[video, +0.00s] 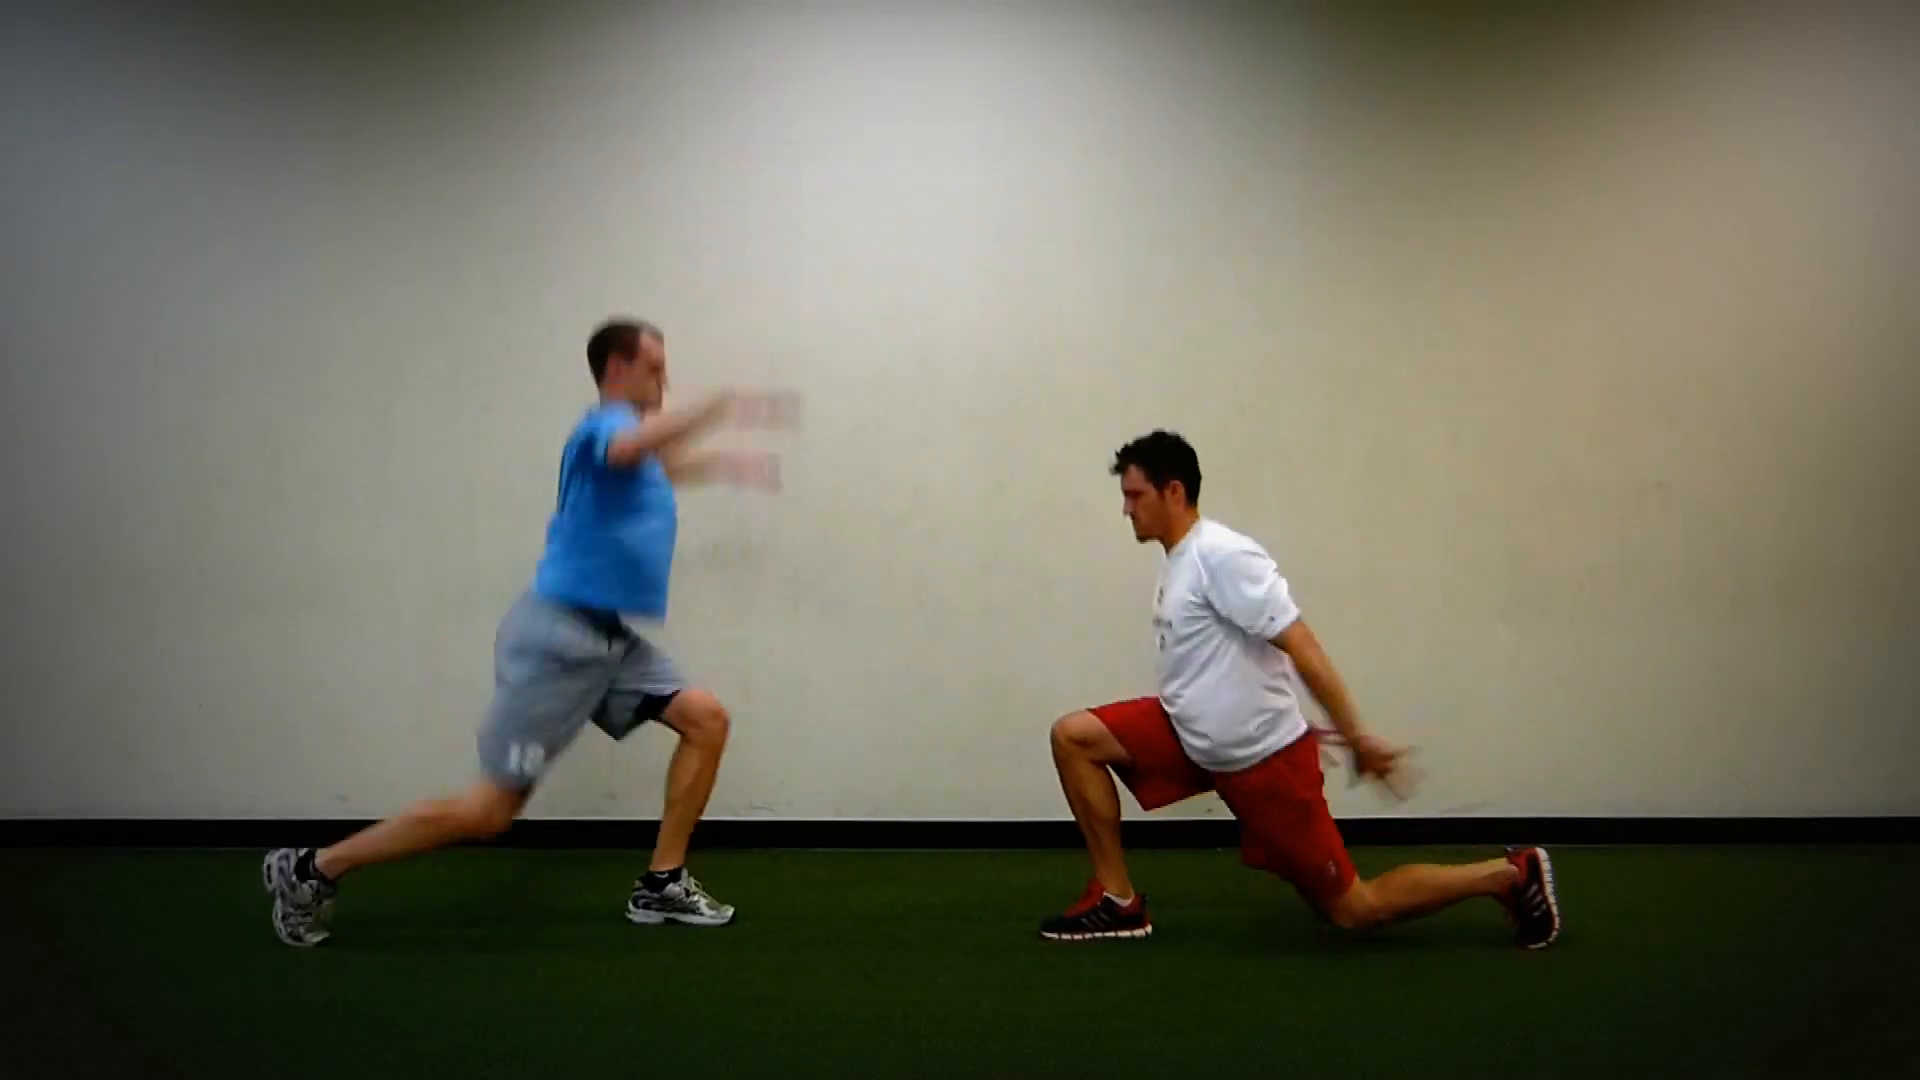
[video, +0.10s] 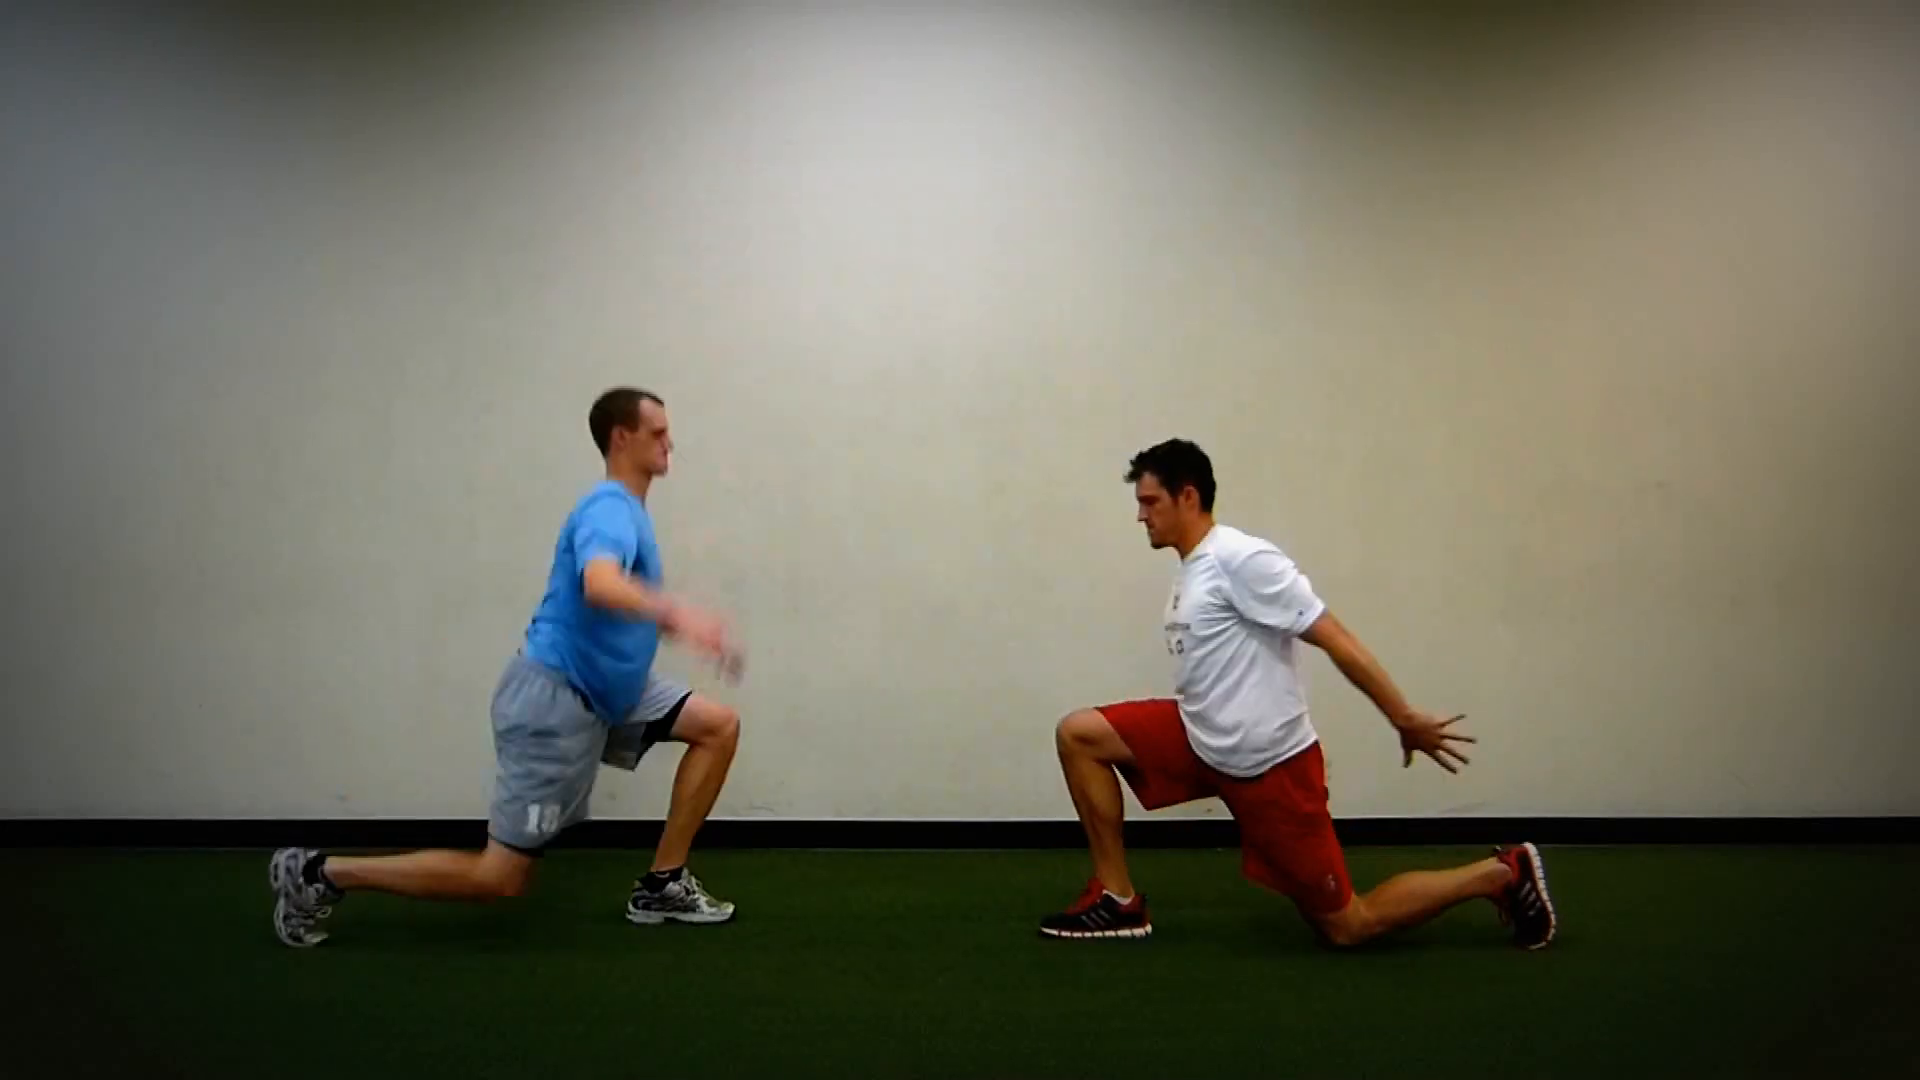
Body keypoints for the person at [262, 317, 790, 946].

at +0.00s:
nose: (664, 382)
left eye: (665, 370)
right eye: (656, 368)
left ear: (625, 370)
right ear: (619, 369)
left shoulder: (635, 441)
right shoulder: (603, 423)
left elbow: (668, 470)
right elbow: (630, 451)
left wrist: (727, 465)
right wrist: (715, 409)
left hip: (614, 641)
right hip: (558, 633)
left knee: (706, 720)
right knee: (489, 813)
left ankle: (664, 882)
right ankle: (312, 867)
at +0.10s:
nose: (669, 444)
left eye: (667, 432)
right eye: (659, 433)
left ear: (633, 440)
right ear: (621, 438)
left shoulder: (631, 515)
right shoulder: (610, 510)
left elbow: (620, 609)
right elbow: (603, 585)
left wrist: (687, 634)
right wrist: (685, 619)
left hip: (607, 687)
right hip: (553, 695)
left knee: (717, 727)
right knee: (502, 875)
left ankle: (665, 882)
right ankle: (318, 873)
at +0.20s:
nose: (673, 468)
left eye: (672, 457)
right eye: (662, 459)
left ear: (634, 467)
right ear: (625, 466)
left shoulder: (632, 540)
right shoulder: (614, 535)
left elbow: (609, 653)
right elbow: (589, 629)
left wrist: (633, 736)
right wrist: (624, 713)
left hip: (595, 709)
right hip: (550, 712)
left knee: (718, 728)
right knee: (507, 901)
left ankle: (663, 882)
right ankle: (326, 873)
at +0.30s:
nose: (676, 478)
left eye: (676, 468)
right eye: (666, 468)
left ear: (638, 474)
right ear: (629, 472)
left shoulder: (635, 543)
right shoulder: (615, 537)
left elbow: (617, 653)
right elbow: (578, 631)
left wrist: (623, 748)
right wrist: (586, 731)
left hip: (600, 707)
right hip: (547, 714)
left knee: (716, 726)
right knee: (502, 904)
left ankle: (663, 882)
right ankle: (324, 874)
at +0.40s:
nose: (677, 478)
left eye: (677, 467)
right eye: (667, 468)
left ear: (638, 471)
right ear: (630, 470)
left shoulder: (632, 542)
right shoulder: (611, 537)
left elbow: (615, 648)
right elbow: (568, 630)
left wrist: (613, 749)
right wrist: (567, 734)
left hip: (599, 703)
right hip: (545, 713)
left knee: (715, 726)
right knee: (501, 903)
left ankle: (663, 881)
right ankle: (322, 873)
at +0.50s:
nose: (676, 474)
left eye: (677, 464)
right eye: (666, 464)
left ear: (637, 466)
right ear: (628, 465)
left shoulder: (629, 539)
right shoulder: (606, 536)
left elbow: (607, 648)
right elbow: (562, 629)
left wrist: (605, 751)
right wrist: (561, 734)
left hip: (600, 703)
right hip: (543, 713)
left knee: (715, 727)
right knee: (500, 901)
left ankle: (663, 883)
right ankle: (320, 873)